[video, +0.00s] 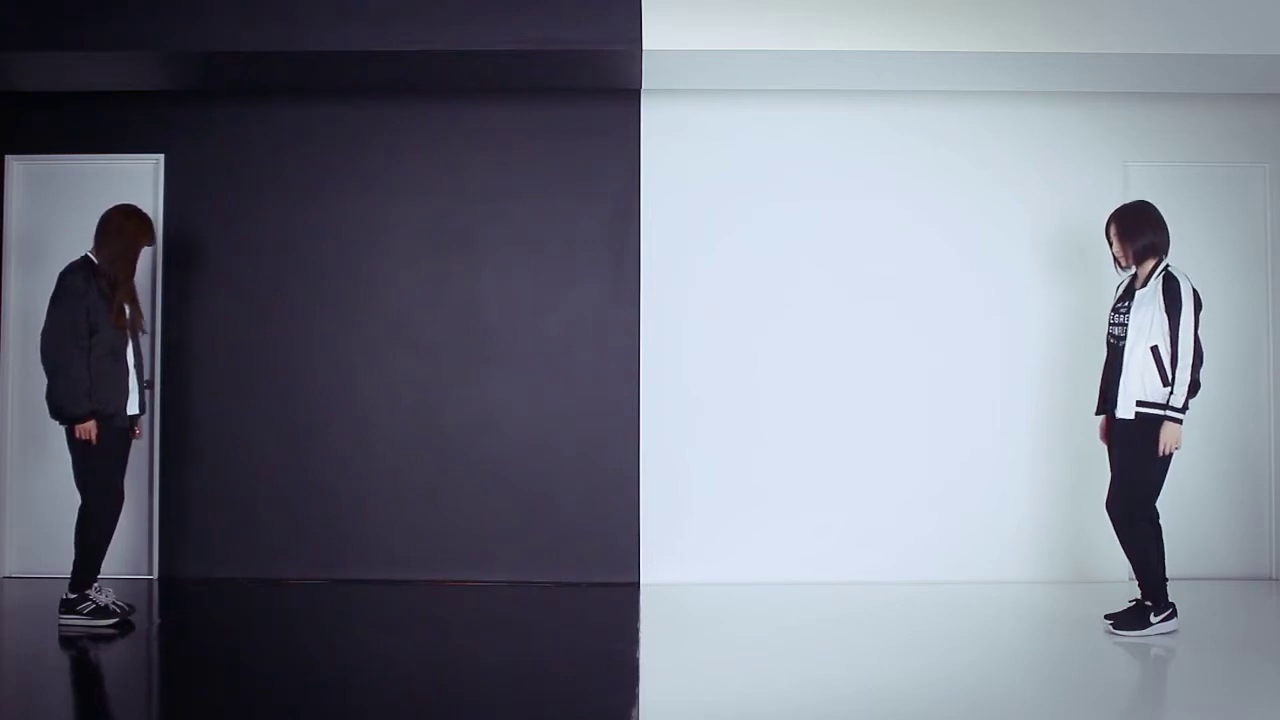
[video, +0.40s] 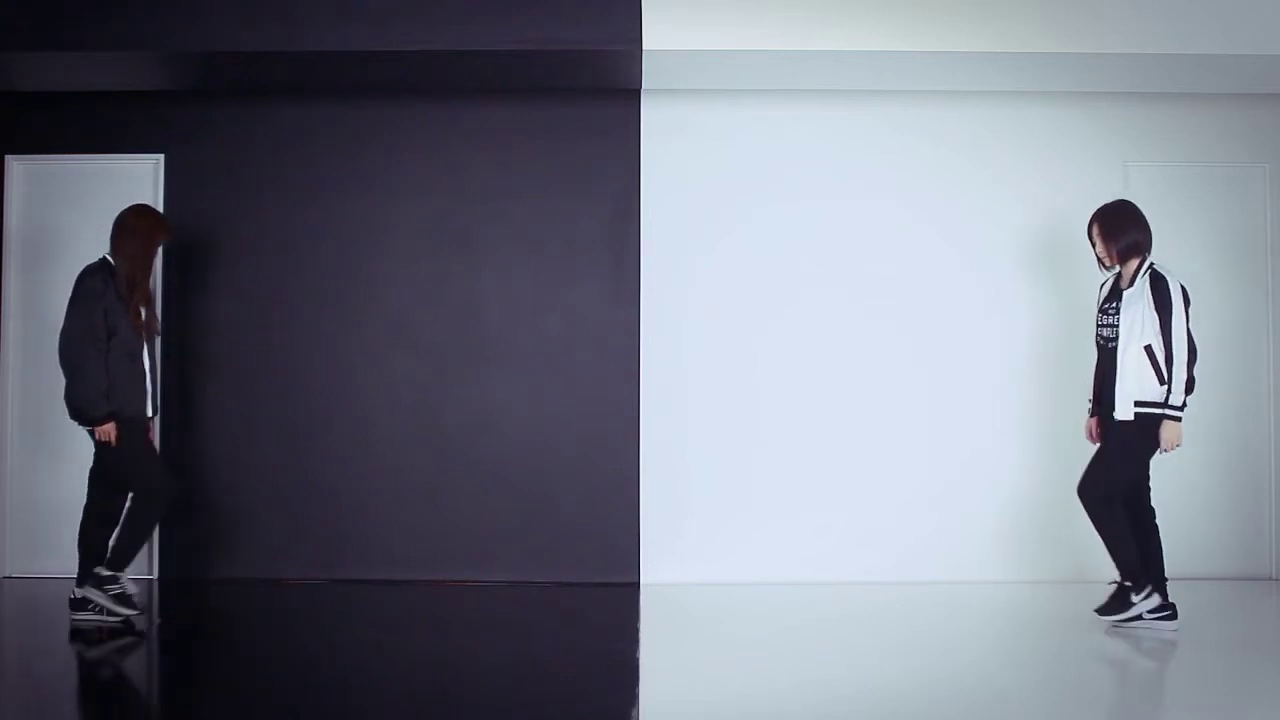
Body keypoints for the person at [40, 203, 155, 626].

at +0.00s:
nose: (138, 257)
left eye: (141, 249)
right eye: (137, 247)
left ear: (113, 238)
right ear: (121, 241)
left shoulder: (116, 283)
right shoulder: (78, 279)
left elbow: (122, 355)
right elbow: (60, 349)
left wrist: (132, 412)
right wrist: (79, 411)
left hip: (115, 415)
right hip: (89, 417)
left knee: (109, 499)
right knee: (100, 500)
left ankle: (86, 589)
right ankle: (78, 596)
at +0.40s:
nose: (156, 256)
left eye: (157, 247)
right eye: (153, 247)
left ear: (129, 240)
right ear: (136, 242)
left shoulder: (132, 285)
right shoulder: (96, 279)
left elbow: (135, 358)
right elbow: (80, 350)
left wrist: (145, 414)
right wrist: (98, 413)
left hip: (128, 414)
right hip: (111, 415)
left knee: (104, 503)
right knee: (156, 489)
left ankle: (87, 592)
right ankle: (107, 576)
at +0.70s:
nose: (183, 258)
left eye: (184, 249)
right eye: (179, 248)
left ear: (154, 243)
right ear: (161, 246)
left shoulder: (155, 287)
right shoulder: (125, 285)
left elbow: (152, 359)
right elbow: (109, 354)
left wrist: (166, 417)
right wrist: (123, 418)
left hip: (150, 422)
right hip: (138, 423)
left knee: (111, 512)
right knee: (183, 499)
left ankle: (85, 594)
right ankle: (225, 581)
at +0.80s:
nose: (197, 261)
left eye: (198, 253)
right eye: (193, 252)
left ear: (171, 249)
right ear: (174, 249)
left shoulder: (170, 291)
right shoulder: (141, 289)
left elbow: (166, 362)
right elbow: (124, 359)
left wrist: (176, 421)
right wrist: (137, 423)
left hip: (162, 423)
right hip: (150, 425)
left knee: (118, 513)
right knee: (190, 505)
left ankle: (86, 594)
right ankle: (237, 584)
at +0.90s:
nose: (214, 263)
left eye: (215, 254)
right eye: (210, 254)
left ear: (188, 250)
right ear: (190, 250)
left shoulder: (185, 294)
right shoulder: (158, 290)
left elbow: (185, 364)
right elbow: (143, 361)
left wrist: (193, 424)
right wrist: (156, 425)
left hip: (180, 427)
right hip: (171, 429)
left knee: (130, 512)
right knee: (205, 511)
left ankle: (89, 590)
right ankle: (244, 587)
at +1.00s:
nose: (233, 260)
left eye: (234, 251)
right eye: (229, 251)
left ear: (204, 248)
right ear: (210, 249)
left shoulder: (209, 290)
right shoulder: (179, 290)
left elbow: (213, 359)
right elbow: (166, 359)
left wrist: (225, 418)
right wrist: (180, 422)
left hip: (213, 421)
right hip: (192, 423)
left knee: (154, 503)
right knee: (226, 506)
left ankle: (100, 582)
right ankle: (251, 590)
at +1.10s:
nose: (253, 257)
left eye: (255, 249)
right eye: (249, 248)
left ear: (226, 247)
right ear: (229, 246)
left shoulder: (232, 288)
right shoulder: (199, 287)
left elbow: (238, 360)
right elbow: (194, 358)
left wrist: (251, 414)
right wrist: (209, 416)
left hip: (241, 420)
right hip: (220, 423)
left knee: (197, 501)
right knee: (239, 504)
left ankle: (131, 565)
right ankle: (253, 590)